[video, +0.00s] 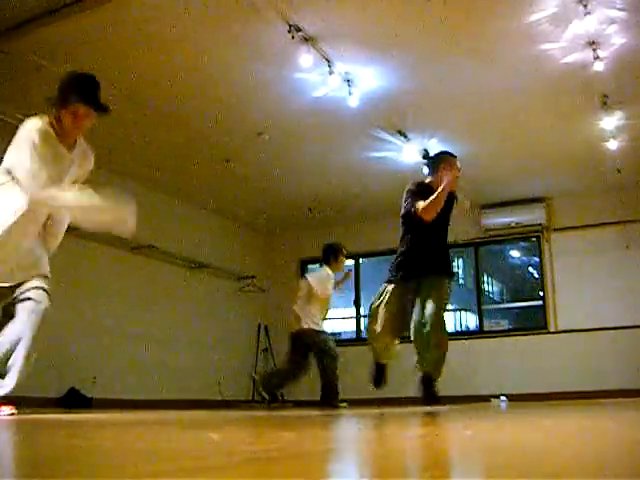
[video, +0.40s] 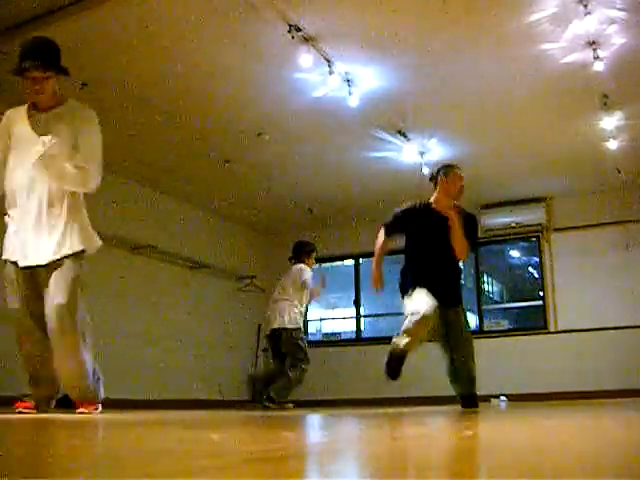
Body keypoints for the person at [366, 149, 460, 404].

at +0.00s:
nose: (457, 175)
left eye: (458, 170)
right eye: (454, 170)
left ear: (450, 173)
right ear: (440, 170)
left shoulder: (450, 197)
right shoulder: (415, 191)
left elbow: (464, 207)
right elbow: (425, 213)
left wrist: (471, 212)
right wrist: (445, 188)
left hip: (436, 267)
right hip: (406, 266)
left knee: (430, 324)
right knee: (384, 322)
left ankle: (429, 380)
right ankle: (381, 359)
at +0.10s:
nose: (457, 181)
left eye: (457, 177)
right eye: (454, 176)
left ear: (444, 176)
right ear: (442, 175)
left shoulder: (446, 200)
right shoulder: (413, 197)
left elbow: (470, 202)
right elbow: (423, 217)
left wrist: (460, 203)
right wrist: (453, 203)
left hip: (434, 273)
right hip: (406, 274)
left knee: (420, 319)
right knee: (388, 333)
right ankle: (390, 382)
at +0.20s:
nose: (456, 196)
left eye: (455, 190)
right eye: (453, 190)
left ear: (442, 191)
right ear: (440, 190)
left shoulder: (446, 224)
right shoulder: (411, 213)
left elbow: (461, 251)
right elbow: (414, 248)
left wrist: (477, 230)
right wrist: (449, 246)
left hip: (439, 292)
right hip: (409, 292)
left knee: (442, 337)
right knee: (397, 341)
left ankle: (465, 374)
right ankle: (395, 392)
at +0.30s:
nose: (460, 195)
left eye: (459, 189)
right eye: (456, 188)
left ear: (445, 191)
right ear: (441, 189)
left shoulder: (457, 229)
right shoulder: (410, 222)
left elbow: (461, 268)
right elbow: (403, 260)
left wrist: (482, 248)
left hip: (448, 302)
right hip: (417, 302)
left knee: (462, 360)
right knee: (399, 354)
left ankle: (471, 410)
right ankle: (390, 389)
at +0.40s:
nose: (462, 185)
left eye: (462, 180)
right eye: (457, 179)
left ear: (456, 184)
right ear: (441, 181)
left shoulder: (465, 219)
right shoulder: (415, 212)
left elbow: (462, 254)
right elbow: (385, 232)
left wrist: (454, 219)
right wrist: (377, 268)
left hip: (448, 287)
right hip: (418, 282)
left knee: (461, 345)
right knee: (425, 312)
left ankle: (467, 394)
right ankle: (399, 352)